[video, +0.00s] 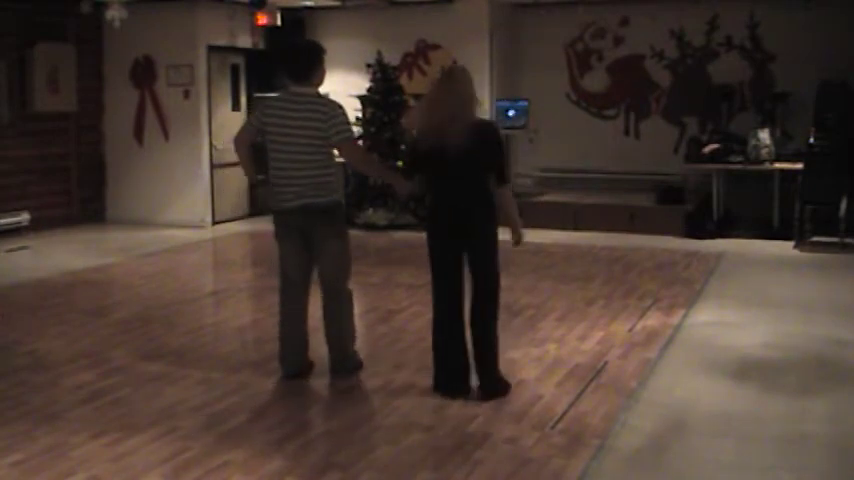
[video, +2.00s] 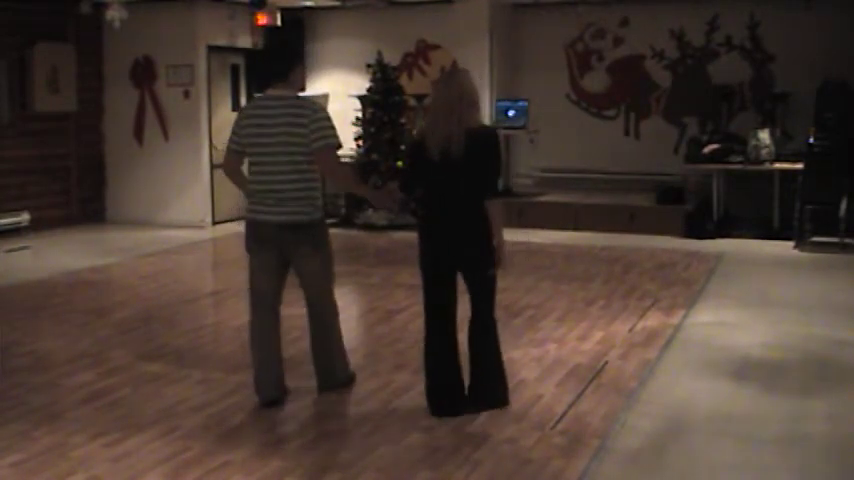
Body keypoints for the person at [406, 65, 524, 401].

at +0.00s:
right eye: (470, 90)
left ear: (435, 96)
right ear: (471, 95)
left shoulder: (425, 136)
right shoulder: (486, 132)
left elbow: (411, 183)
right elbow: (501, 185)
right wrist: (515, 222)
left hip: (441, 227)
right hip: (480, 226)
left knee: (446, 300)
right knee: (486, 297)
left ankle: (449, 379)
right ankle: (489, 379)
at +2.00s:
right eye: (472, 95)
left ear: (436, 100)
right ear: (473, 99)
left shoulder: (423, 141)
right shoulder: (484, 138)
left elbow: (410, 192)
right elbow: (491, 197)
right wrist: (499, 242)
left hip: (434, 242)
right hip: (474, 239)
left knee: (439, 318)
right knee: (483, 313)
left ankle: (443, 397)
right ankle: (487, 392)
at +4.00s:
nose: (477, 103)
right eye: (476, 97)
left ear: (437, 101)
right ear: (476, 101)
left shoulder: (422, 144)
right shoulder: (487, 140)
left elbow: (415, 195)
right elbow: (498, 196)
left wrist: (431, 221)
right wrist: (509, 238)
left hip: (436, 242)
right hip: (476, 240)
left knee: (441, 316)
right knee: (492, 299)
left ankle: (443, 397)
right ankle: (487, 384)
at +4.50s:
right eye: (477, 95)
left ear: (439, 100)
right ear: (478, 99)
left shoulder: (426, 141)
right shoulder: (489, 138)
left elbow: (412, 191)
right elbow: (505, 192)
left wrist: (428, 215)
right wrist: (511, 223)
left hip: (439, 239)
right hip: (479, 238)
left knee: (442, 317)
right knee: (499, 296)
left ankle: (445, 397)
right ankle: (493, 376)